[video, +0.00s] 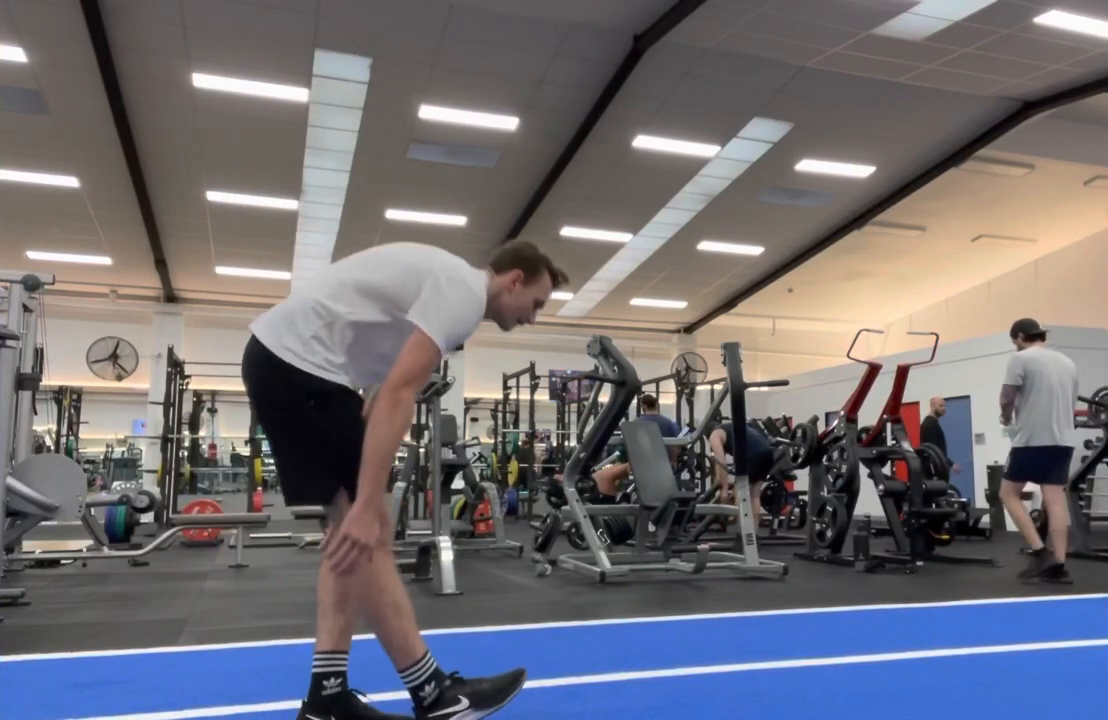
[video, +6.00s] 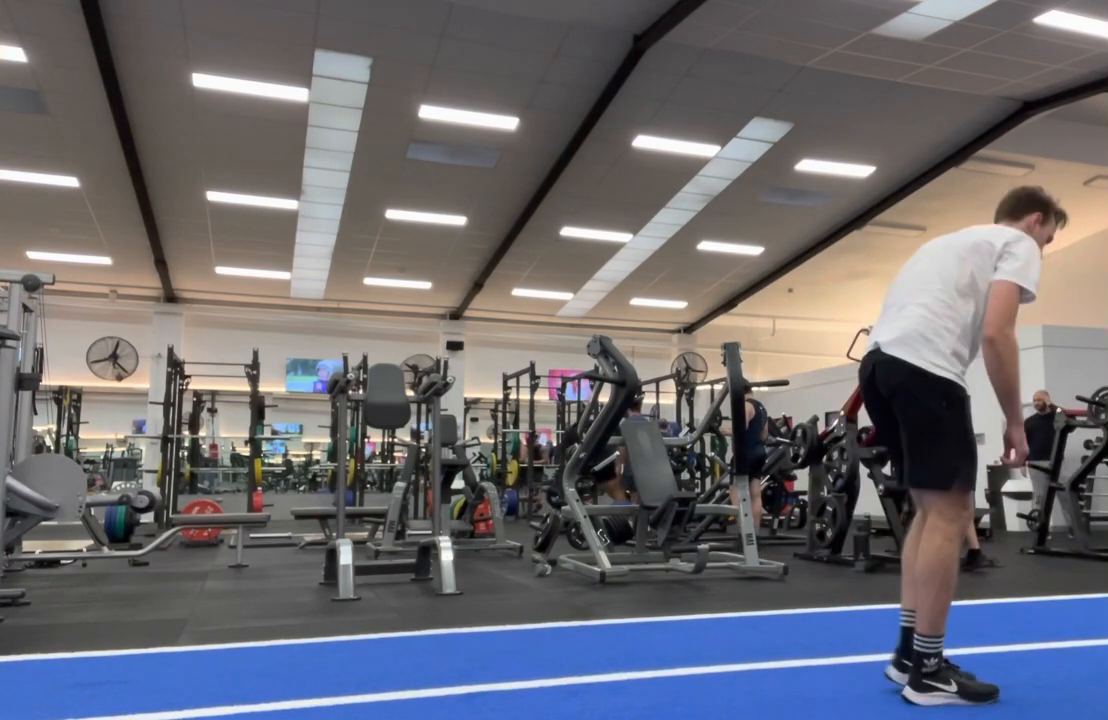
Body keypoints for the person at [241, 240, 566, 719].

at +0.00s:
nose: (532, 317)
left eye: (539, 308)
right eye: (536, 303)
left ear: (508, 281)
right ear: (513, 279)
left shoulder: (453, 286)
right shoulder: (460, 289)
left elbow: (385, 392)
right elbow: (396, 393)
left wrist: (369, 500)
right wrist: (368, 505)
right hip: (300, 361)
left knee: (351, 523)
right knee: (370, 527)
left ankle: (327, 692)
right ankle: (432, 691)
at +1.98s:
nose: (736, 243)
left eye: (742, 235)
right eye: (739, 229)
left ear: (701, 203)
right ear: (720, 208)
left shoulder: (642, 223)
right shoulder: (690, 233)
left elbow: (573, 310)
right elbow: (638, 319)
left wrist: (542, 419)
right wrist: (623, 429)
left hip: (544, 364)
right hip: (568, 367)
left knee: (629, 509)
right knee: (618, 517)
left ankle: (633, 662)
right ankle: (607, 692)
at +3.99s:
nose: (860, 188)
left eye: (862, 179)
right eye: (861, 177)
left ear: (816, 166)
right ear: (846, 166)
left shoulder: (765, 216)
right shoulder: (832, 205)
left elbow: (743, 316)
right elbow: (813, 297)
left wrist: (735, 406)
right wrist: (850, 392)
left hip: (734, 371)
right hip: (774, 372)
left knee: (786, 511)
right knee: (798, 517)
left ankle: (738, 639)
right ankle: (772, 673)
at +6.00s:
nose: (1046, 248)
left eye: (1050, 241)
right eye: (1048, 239)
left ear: (1007, 217)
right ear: (1035, 221)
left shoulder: (955, 243)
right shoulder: (1018, 243)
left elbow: (916, 324)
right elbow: (996, 332)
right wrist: (1014, 421)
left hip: (883, 368)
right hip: (926, 371)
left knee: (928, 512)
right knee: (950, 515)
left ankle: (909, 650)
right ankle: (927, 666)